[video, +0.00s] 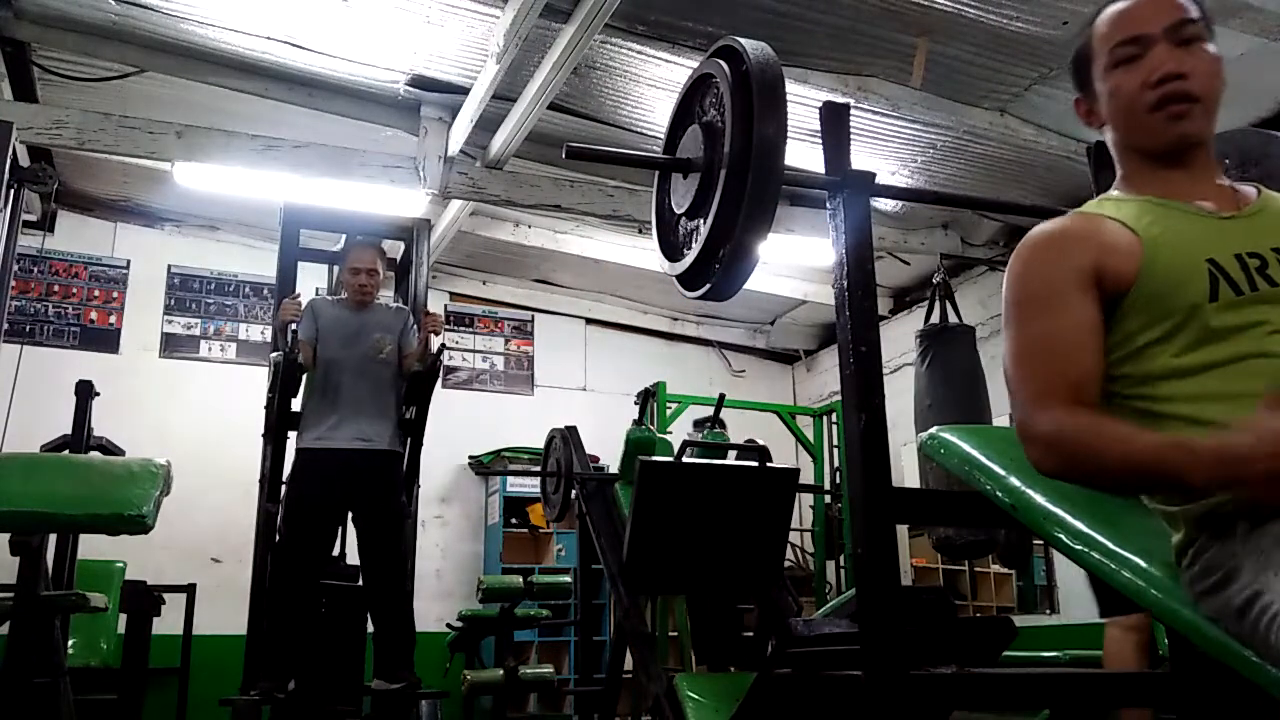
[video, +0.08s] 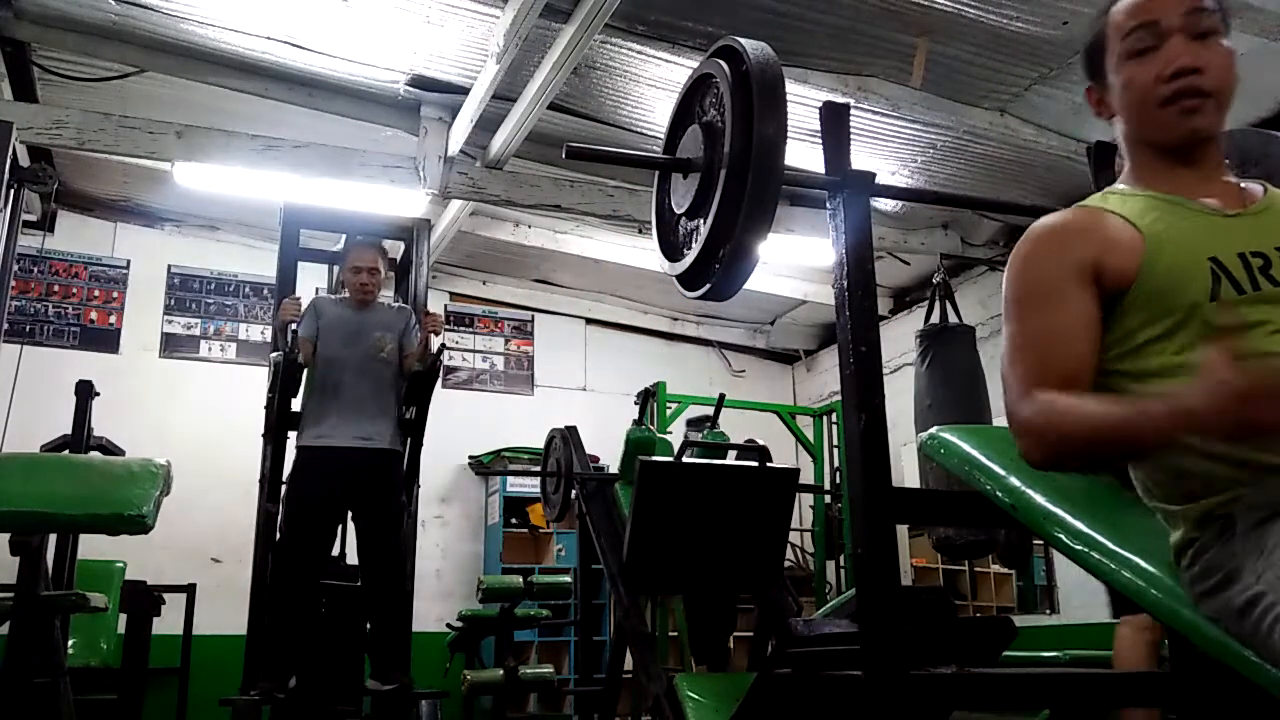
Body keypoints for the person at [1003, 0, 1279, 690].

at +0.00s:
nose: (1167, 63)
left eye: (1186, 39)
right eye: (1130, 56)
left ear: (1220, 69)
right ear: (1091, 111)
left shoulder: (1275, 211)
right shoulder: (1066, 247)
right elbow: (1050, 431)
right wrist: (1227, 456)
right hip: (1235, 530)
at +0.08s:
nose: (1182, 57)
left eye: (1203, 33)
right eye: (1143, 45)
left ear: (1232, 62)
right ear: (1102, 97)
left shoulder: (1273, 206)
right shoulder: (1069, 241)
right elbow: (1038, 423)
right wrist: (1194, 407)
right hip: (1239, 534)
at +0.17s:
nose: (1199, 55)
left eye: (1220, 30)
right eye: (1161, 41)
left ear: (1248, 59)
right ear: (1113, 90)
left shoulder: (1274, 200)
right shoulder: (1071, 236)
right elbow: (1033, 424)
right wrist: (1131, 350)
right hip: (1236, 523)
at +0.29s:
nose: (1219, 52)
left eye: (1240, 26)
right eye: (1179, 35)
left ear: (1266, 51)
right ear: (1127, 81)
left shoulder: (1279, 199)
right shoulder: (1075, 228)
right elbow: (1024, 414)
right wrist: (1097, 274)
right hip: (1241, 522)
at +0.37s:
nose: (1230, 52)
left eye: (1253, 24)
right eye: (1190, 33)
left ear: (1278, 52)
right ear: (1136, 76)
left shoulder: (1279, 197)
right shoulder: (1080, 221)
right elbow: (1024, 408)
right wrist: (1094, 266)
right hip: (1242, 522)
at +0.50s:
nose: (1254, 48)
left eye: (1270, 25)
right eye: (1214, 30)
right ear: (1154, 70)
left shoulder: (1276, 194)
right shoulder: (1092, 219)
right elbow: (1034, 407)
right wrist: (1121, 278)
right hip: (1241, 524)